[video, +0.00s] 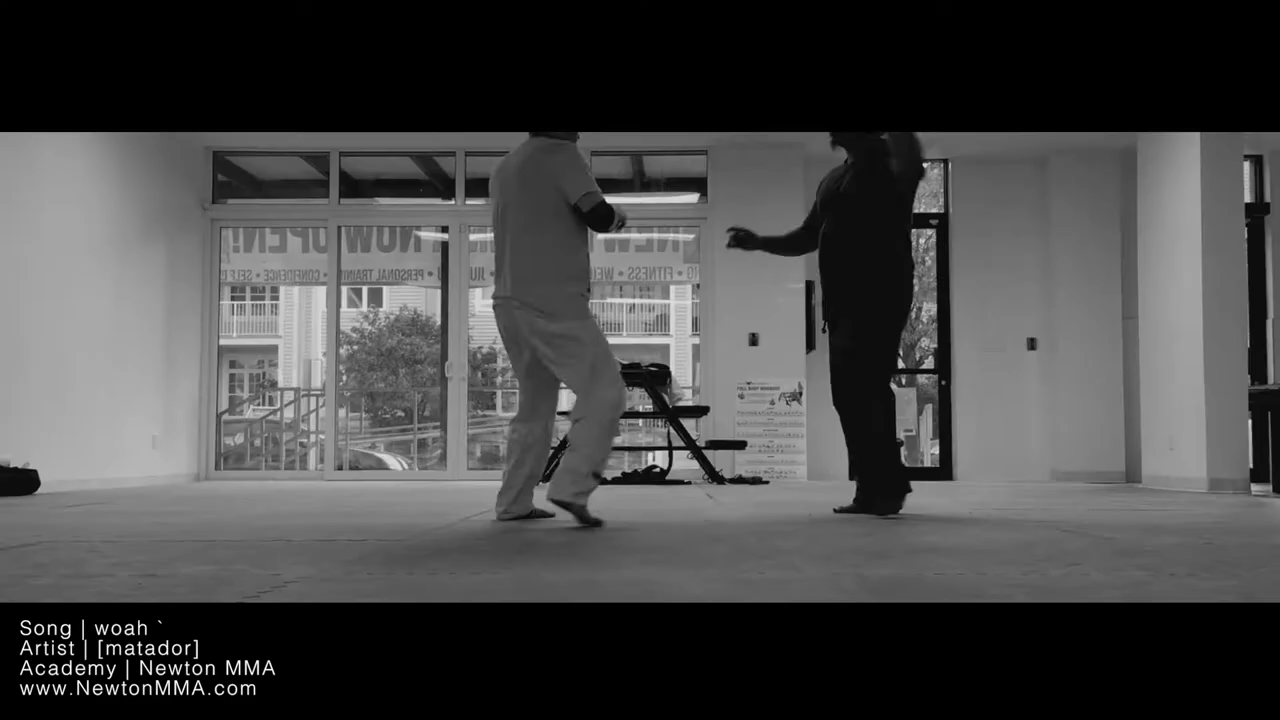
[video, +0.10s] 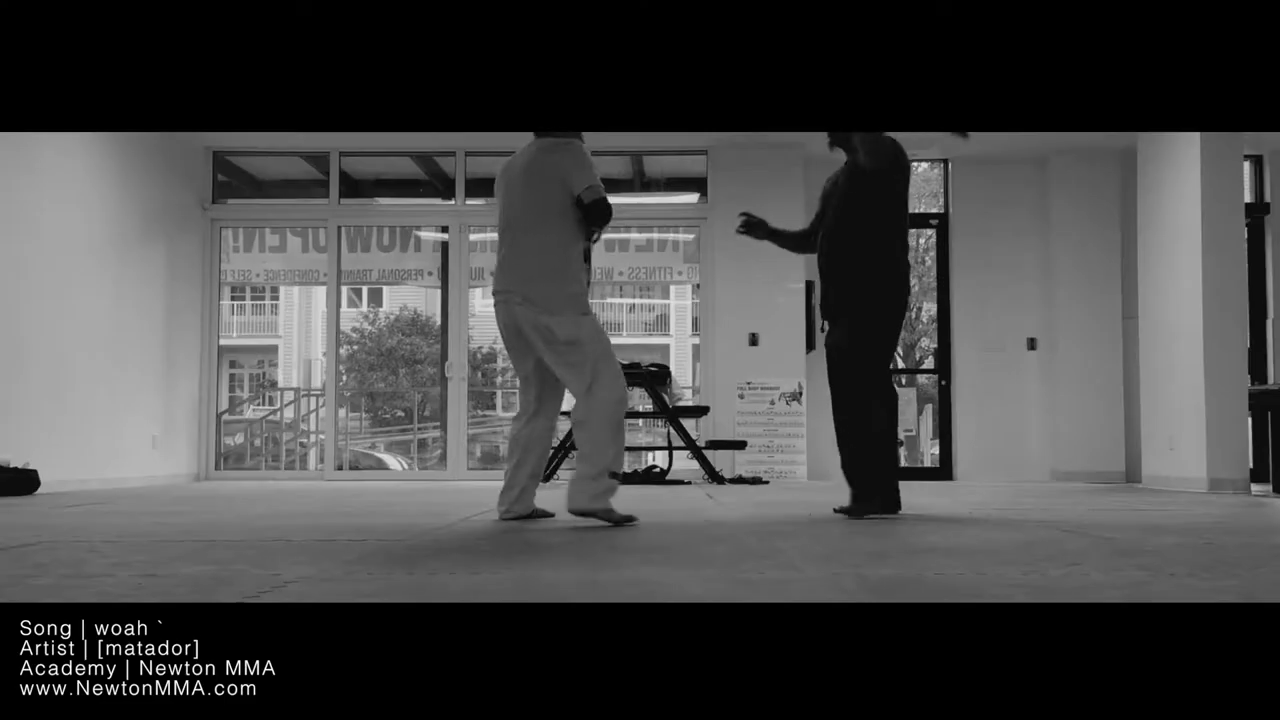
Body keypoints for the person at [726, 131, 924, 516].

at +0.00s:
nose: (834, 135)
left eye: (840, 133)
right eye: (838, 134)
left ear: (864, 132)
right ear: (845, 139)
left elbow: (910, 156)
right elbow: (807, 237)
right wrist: (759, 242)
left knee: (871, 390)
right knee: (848, 395)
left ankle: (889, 487)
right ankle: (870, 491)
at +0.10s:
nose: (827, 133)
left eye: (832, 129)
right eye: (830, 130)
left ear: (846, 130)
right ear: (846, 135)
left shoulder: (887, 158)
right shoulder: (838, 181)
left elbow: (875, 157)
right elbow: (812, 240)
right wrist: (767, 232)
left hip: (877, 303)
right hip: (845, 308)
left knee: (870, 393)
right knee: (850, 397)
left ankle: (881, 496)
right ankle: (865, 495)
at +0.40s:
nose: (821, 138)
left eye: (824, 135)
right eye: (823, 137)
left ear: (834, 130)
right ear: (862, 128)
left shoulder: (848, 151)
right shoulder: (872, 158)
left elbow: (779, 167)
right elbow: (844, 241)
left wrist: (713, 169)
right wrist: (801, 221)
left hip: (854, 298)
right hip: (874, 296)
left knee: (845, 394)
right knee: (871, 394)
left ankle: (853, 500)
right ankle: (878, 497)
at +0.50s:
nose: (818, 143)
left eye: (822, 139)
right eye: (821, 142)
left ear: (832, 133)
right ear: (862, 129)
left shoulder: (845, 150)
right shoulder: (873, 158)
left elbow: (778, 174)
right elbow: (844, 236)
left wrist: (719, 198)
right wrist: (805, 216)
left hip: (851, 299)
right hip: (875, 296)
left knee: (845, 395)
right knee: (870, 394)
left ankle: (852, 499)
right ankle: (878, 496)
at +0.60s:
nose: (813, 138)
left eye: (816, 136)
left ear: (827, 130)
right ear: (859, 128)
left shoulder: (837, 149)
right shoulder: (872, 155)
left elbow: (775, 176)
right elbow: (847, 234)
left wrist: (735, 189)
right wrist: (806, 217)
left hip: (848, 298)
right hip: (877, 295)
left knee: (843, 395)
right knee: (872, 394)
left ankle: (852, 500)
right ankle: (879, 496)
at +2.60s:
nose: (781, 142)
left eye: (784, 135)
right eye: (780, 137)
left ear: (803, 134)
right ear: (807, 136)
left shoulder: (834, 167)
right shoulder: (813, 170)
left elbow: (805, 233)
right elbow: (819, 234)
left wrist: (733, 227)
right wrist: (780, 221)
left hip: (858, 305)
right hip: (838, 303)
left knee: (853, 395)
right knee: (845, 395)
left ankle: (852, 496)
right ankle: (858, 491)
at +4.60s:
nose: (730, 153)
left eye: (733, 145)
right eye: (730, 146)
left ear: (747, 145)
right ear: (768, 146)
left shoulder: (759, 176)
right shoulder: (779, 181)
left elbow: (695, 188)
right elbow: (768, 257)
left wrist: (632, 187)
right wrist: (725, 249)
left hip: (777, 313)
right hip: (794, 310)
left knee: (770, 401)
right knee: (786, 401)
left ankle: (775, 496)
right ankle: (787, 494)